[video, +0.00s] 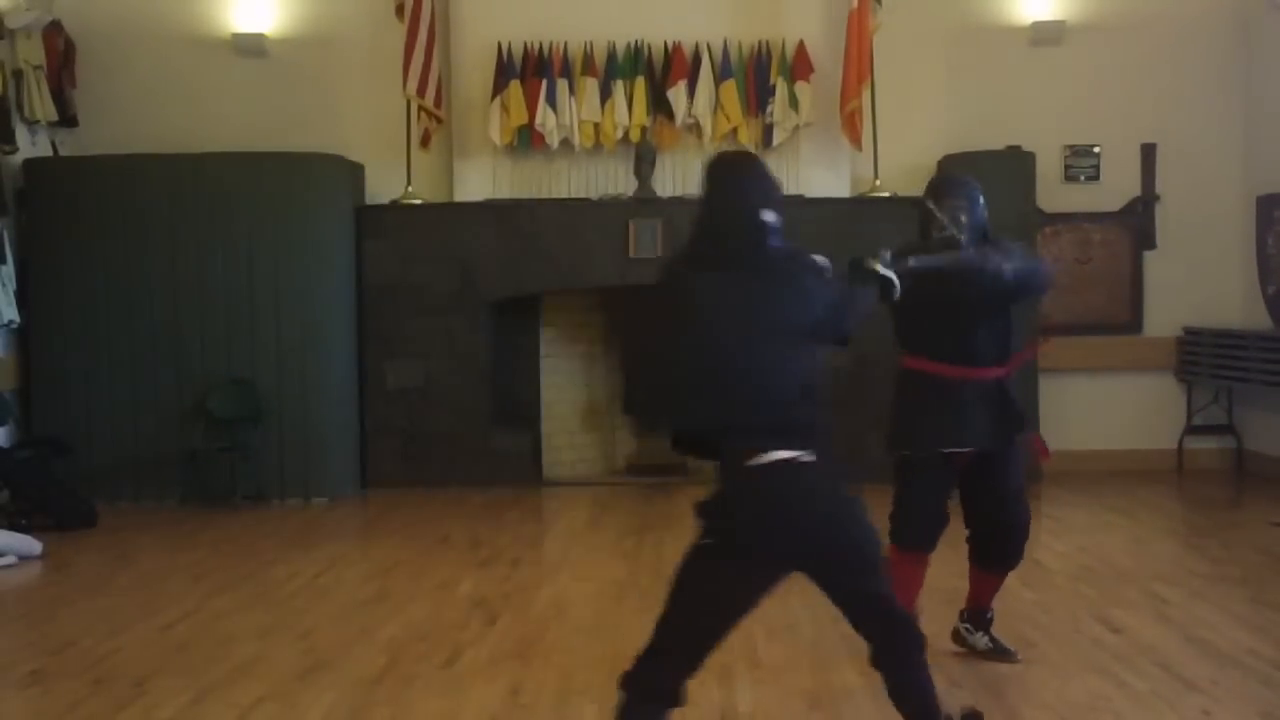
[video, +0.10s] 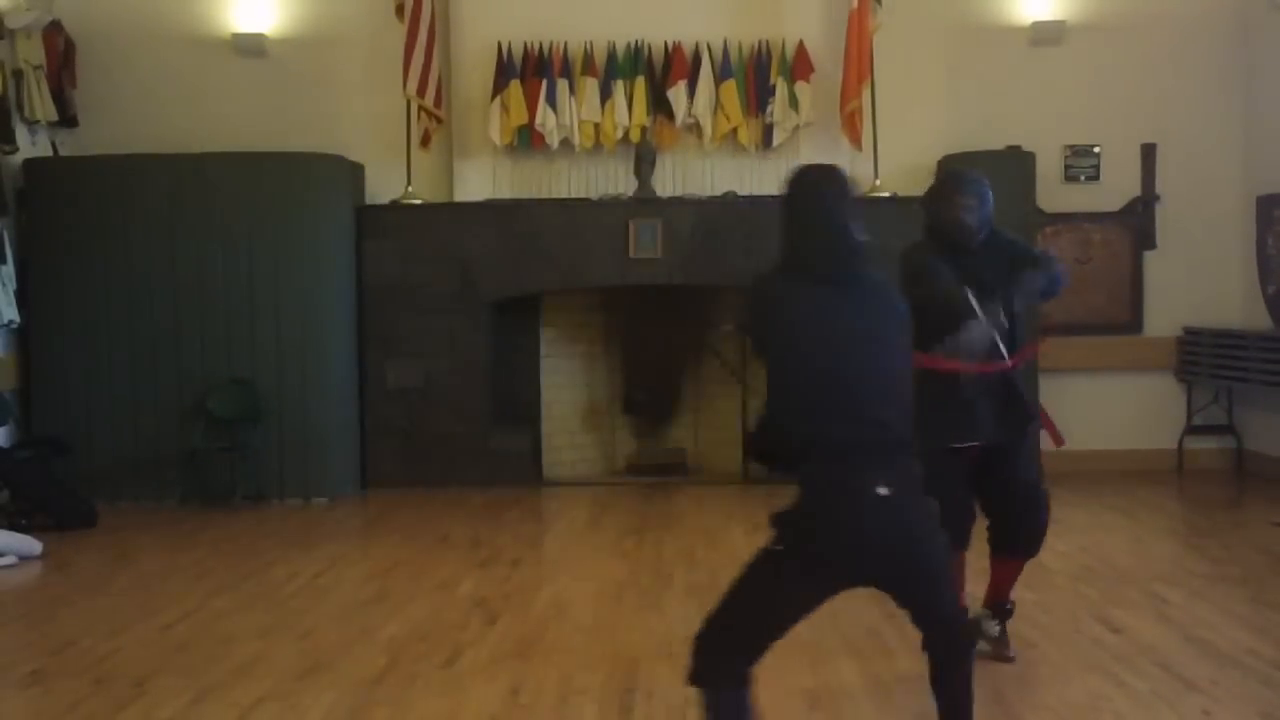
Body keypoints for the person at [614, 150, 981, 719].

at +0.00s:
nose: (779, 212)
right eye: (774, 200)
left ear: (710, 206)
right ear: (768, 205)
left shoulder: (682, 279)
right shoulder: (795, 272)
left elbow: (655, 404)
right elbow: (843, 318)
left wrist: (726, 442)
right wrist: (871, 279)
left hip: (746, 503)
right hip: (814, 497)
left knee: (660, 669)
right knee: (893, 632)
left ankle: (638, 708)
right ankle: (929, 713)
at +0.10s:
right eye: (848, 216)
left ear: (791, 225)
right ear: (851, 223)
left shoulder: (774, 296)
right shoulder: (887, 298)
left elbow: (785, 434)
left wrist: (759, 444)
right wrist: (771, 445)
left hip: (830, 524)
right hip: (907, 520)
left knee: (721, 655)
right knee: (951, 634)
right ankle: (956, 713)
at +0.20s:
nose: (925, 224)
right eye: (920, 213)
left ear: (854, 224)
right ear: (918, 225)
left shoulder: (826, 302)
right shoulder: (945, 297)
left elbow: (815, 420)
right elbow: (990, 396)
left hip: (893, 513)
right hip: (969, 505)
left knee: (813, 670)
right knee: (971, 622)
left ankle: (874, 710)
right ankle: (973, 712)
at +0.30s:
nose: (973, 229)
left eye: (973, 216)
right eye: (966, 217)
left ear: (892, 222)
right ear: (954, 224)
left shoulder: (860, 300)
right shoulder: (990, 296)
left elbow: (855, 416)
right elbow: (1026, 379)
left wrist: (909, 475)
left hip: (937, 498)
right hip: (1006, 484)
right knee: (1004, 607)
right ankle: (1024, 706)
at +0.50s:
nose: (1023, 227)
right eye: (1016, 219)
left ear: (943, 232)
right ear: (1009, 225)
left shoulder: (925, 310)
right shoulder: (1046, 278)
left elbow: (925, 432)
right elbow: (1101, 341)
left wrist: (959, 468)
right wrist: (1064, 396)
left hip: (1014, 509)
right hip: (1083, 497)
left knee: (999, 670)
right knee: (1060, 610)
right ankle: (1065, 707)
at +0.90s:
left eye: (1008, 223)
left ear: (1011, 230)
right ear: (1080, 230)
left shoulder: (996, 310)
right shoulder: (1131, 312)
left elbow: (990, 424)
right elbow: (1157, 418)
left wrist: (1023, 485)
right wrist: (1121, 477)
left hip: (1052, 516)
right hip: (1134, 512)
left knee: (1005, 677)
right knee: (1104, 611)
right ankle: (1115, 713)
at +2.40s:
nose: (997, 192)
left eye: (1000, 180)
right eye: (1002, 180)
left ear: (1009, 185)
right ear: (1071, 180)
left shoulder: (999, 265)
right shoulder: (1106, 266)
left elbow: (976, 385)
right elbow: (1123, 353)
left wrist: (1005, 435)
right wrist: (1087, 423)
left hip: (1030, 472)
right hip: (1097, 468)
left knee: (1018, 631)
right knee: (1059, 617)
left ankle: (1066, 710)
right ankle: (1078, 708)